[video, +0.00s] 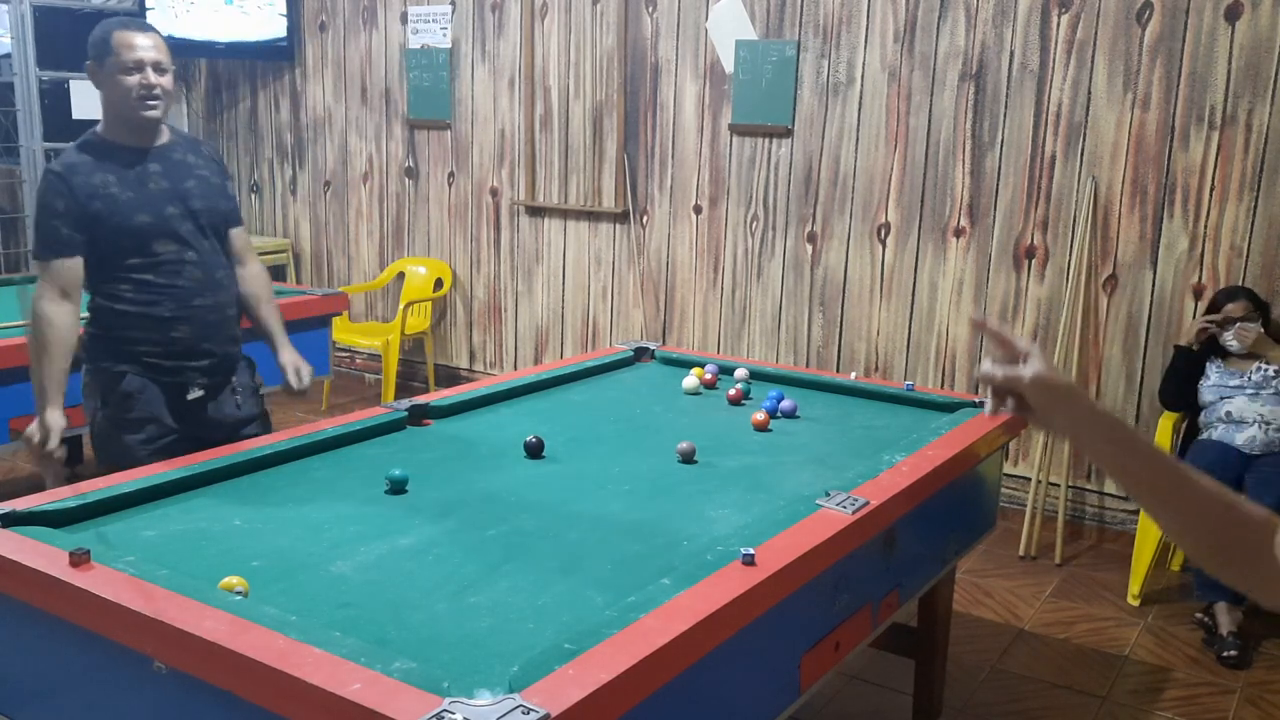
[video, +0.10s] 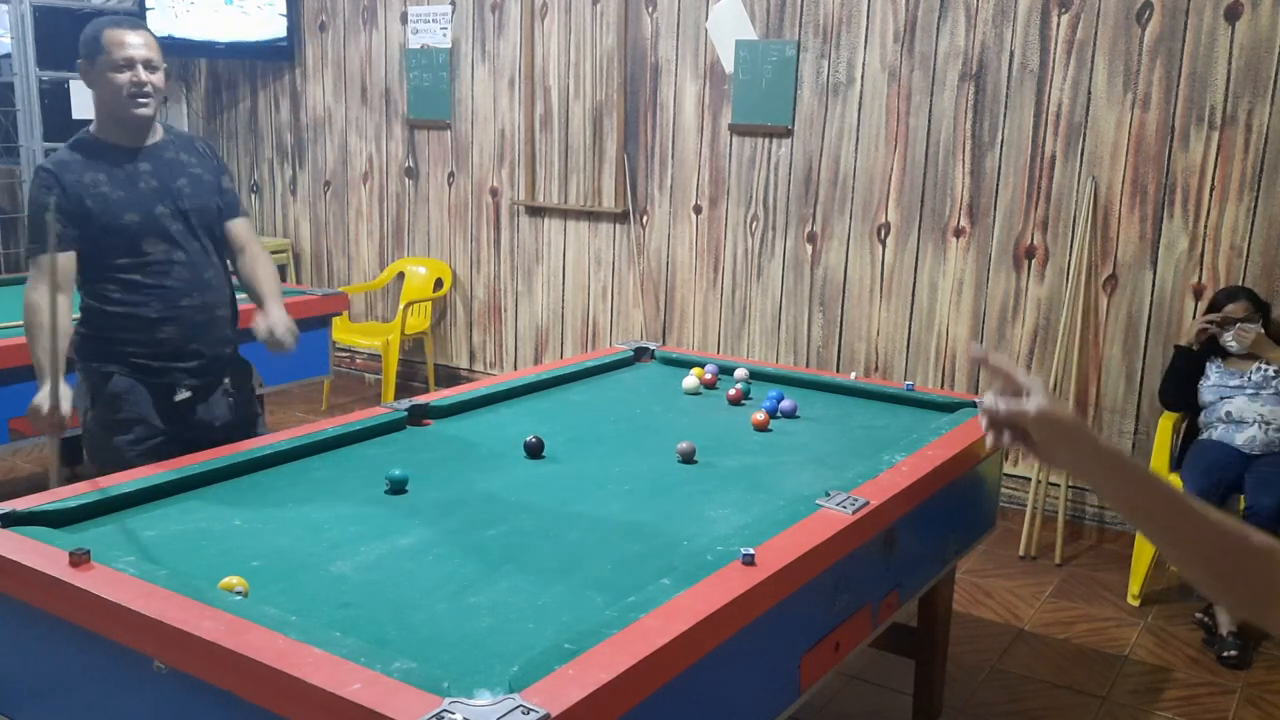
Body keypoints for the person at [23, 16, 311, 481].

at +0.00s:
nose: (150, 81)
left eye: (160, 69)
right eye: (133, 69)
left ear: (175, 80)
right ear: (96, 78)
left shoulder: (201, 158)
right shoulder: (72, 176)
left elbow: (244, 259)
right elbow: (59, 296)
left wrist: (283, 345)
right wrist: (50, 406)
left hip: (225, 377)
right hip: (134, 387)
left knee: (258, 521)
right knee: (154, 535)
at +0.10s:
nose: (141, 78)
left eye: (151, 67)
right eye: (124, 67)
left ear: (166, 77)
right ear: (88, 77)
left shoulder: (199, 155)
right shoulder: (63, 174)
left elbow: (245, 245)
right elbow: (50, 285)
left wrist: (273, 305)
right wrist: (51, 381)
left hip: (217, 376)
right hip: (126, 386)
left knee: (242, 523)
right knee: (141, 531)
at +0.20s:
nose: (136, 77)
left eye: (145, 64)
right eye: (117, 65)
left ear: (160, 74)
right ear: (83, 76)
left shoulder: (198, 152)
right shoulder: (59, 174)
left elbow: (247, 237)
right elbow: (44, 282)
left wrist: (256, 276)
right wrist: (51, 361)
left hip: (214, 380)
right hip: (118, 388)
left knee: (240, 530)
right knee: (132, 535)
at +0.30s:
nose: (132, 78)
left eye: (142, 64)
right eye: (113, 66)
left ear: (158, 74)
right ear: (80, 78)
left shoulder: (200, 153)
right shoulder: (58, 176)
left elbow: (246, 244)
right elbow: (46, 285)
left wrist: (247, 278)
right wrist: (52, 364)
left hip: (211, 381)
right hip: (114, 391)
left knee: (231, 536)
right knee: (122, 543)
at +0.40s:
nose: (131, 80)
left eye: (141, 67)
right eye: (112, 69)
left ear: (158, 76)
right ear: (79, 80)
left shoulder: (203, 156)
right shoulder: (58, 178)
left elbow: (242, 251)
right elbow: (51, 290)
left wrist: (241, 315)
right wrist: (54, 377)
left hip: (205, 384)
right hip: (107, 394)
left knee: (221, 536)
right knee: (115, 544)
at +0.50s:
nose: (132, 84)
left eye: (142, 70)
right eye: (113, 73)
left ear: (160, 77)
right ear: (80, 83)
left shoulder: (207, 160)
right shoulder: (61, 180)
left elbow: (242, 270)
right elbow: (49, 294)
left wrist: (247, 365)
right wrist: (50, 393)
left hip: (207, 395)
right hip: (105, 402)